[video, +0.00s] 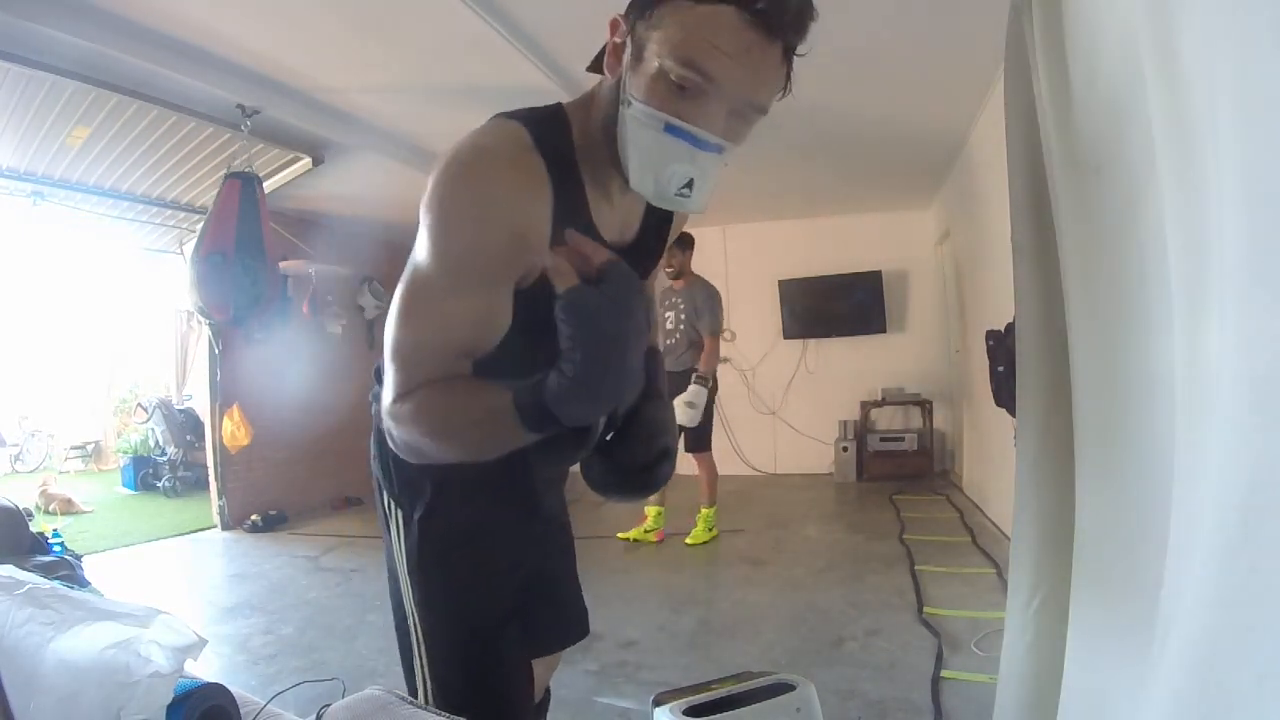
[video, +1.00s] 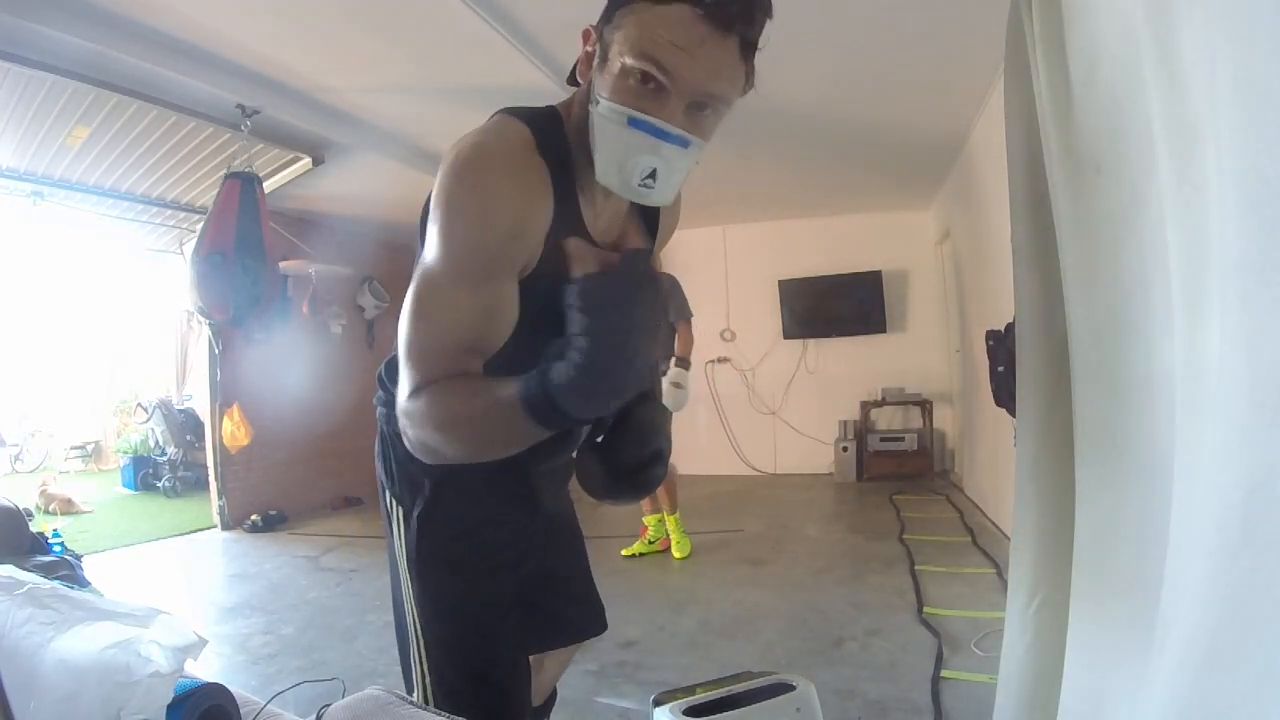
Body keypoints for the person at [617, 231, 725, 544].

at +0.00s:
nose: (667, 264)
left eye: (674, 258)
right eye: (664, 258)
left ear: (689, 256)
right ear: (660, 258)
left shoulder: (705, 293)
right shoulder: (660, 293)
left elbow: (712, 346)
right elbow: (653, 336)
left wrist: (700, 386)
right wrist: (646, 374)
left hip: (696, 377)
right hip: (663, 377)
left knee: (700, 451)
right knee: (658, 448)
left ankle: (707, 519)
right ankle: (653, 521)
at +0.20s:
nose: (666, 262)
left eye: (672, 255)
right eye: (661, 256)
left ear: (685, 254)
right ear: (655, 257)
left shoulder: (704, 292)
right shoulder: (650, 293)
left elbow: (716, 341)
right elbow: (640, 339)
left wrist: (713, 387)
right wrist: (637, 381)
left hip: (694, 380)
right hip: (658, 381)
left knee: (700, 452)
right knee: (658, 452)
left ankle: (707, 518)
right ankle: (654, 527)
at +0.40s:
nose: (653, 259)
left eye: (658, 252)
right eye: (649, 253)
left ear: (670, 251)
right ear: (645, 257)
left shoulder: (696, 289)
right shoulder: (643, 292)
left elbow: (715, 335)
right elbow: (633, 339)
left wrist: (729, 378)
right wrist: (628, 383)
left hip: (687, 380)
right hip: (651, 381)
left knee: (694, 451)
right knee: (655, 454)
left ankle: (706, 518)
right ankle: (657, 530)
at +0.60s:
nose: (647, 258)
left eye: (650, 251)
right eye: (641, 253)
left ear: (659, 252)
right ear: (633, 258)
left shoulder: (679, 285)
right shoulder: (628, 290)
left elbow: (705, 329)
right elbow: (620, 337)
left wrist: (727, 370)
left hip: (676, 379)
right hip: (642, 381)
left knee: (682, 455)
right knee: (649, 455)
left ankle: (703, 515)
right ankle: (656, 530)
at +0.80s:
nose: (645, 259)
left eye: (649, 253)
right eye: (640, 254)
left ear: (656, 255)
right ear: (632, 258)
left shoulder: (669, 284)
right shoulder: (623, 290)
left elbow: (691, 329)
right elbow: (615, 336)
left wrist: (705, 372)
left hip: (666, 378)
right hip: (631, 378)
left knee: (666, 456)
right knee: (641, 454)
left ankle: (691, 508)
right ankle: (655, 530)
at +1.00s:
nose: (635, 259)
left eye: (640, 252)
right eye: (629, 255)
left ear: (651, 252)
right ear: (621, 259)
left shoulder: (665, 284)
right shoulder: (614, 290)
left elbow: (684, 330)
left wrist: (679, 371)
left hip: (656, 381)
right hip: (623, 385)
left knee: (660, 456)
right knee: (638, 456)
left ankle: (673, 523)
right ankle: (654, 528)